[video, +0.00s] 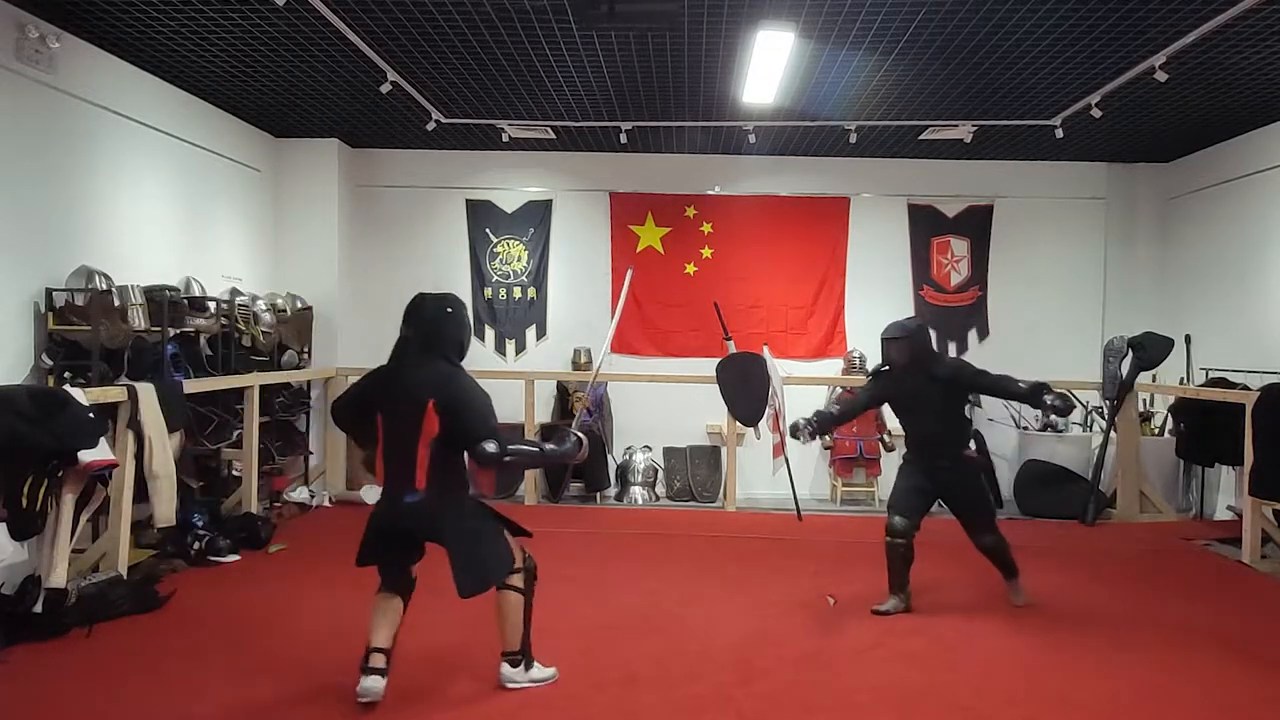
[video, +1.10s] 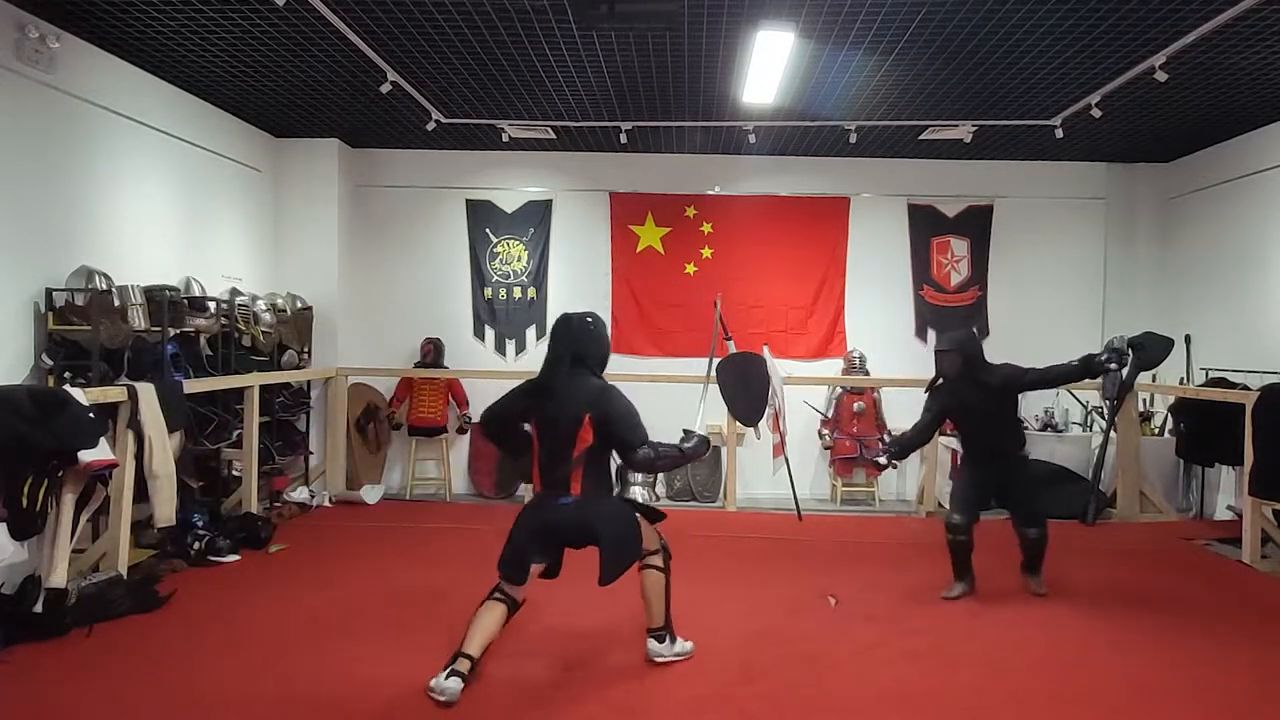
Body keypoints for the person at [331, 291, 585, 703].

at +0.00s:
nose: (466, 339)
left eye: (465, 331)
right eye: (463, 331)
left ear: (410, 330)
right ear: (453, 334)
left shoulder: (385, 376)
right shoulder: (456, 384)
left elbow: (343, 410)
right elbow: (490, 450)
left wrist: (376, 450)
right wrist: (558, 452)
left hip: (393, 506)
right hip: (446, 507)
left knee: (394, 580)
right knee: (516, 564)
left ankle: (374, 671)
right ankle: (516, 662)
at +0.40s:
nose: (520, 350)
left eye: (520, 341)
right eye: (517, 342)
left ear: (465, 343)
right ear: (504, 346)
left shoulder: (439, 391)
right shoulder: (507, 394)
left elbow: (397, 421)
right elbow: (550, 458)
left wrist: (428, 455)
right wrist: (614, 455)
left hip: (448, 515)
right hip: (499, 515)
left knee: (428, 599)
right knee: (575, 544)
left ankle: (380, 681)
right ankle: (567, 644)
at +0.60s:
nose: (558, 343)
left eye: (555, 335)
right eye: (555, 335)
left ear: (503, 340)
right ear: (547, 341)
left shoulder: (484, 385)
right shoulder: (555, 389)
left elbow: (442, 422)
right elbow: (596, 441)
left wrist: (477, 452)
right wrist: (656, 447)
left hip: (499, 509)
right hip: (555, 507)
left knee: (469, 583)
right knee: (614, 558)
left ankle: (421, 658)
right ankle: (626, 649)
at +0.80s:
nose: (575, 348)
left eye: (571, 341)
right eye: (572, 341)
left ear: (522, 343)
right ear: (564, 345)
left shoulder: (500, 386)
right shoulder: (570, 392)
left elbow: (457, 421)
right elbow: (605, 440)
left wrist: (491, 450)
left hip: (512, 511)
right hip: (565, 510)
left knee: (496, 589)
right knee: (628, 554)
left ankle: (461, 670)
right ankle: (628, 647)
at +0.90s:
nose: (581, 348)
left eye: (578, 340)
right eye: (577, 341)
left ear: (528, 343)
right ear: (566, 345)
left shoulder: (505, 386)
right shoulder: (571, 391)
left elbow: (461, 421)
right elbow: (606, 436)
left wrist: (495, 452)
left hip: (515, 509)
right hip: (567, 509)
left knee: (498, 590)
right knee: (633, 545)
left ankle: (460, 671)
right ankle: (630, 642)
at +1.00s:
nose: (588, 350)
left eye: (585, 342)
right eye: (584, 343)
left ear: (538, 346)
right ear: (574, 347)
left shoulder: (516, 387)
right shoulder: (582, 392)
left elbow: (470, 421)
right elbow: (618, 442)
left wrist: (502, 454)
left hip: (523, 510)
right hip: (577, 510)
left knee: (500, 590)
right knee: (636, 547)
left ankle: (458, 673)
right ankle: (647, 642)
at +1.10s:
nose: (608, 351)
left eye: (605, 343)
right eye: (604, 343)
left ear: (557, 347)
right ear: (596, 349)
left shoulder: (535, 389)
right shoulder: (605, 396)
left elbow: (492, 423)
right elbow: (639, 457)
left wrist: (533, 453)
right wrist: (687, 451)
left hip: (544, 510)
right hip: (596, 511)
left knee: (507, 590)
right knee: (652, 544)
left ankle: (456, 671)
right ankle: (660, 638)